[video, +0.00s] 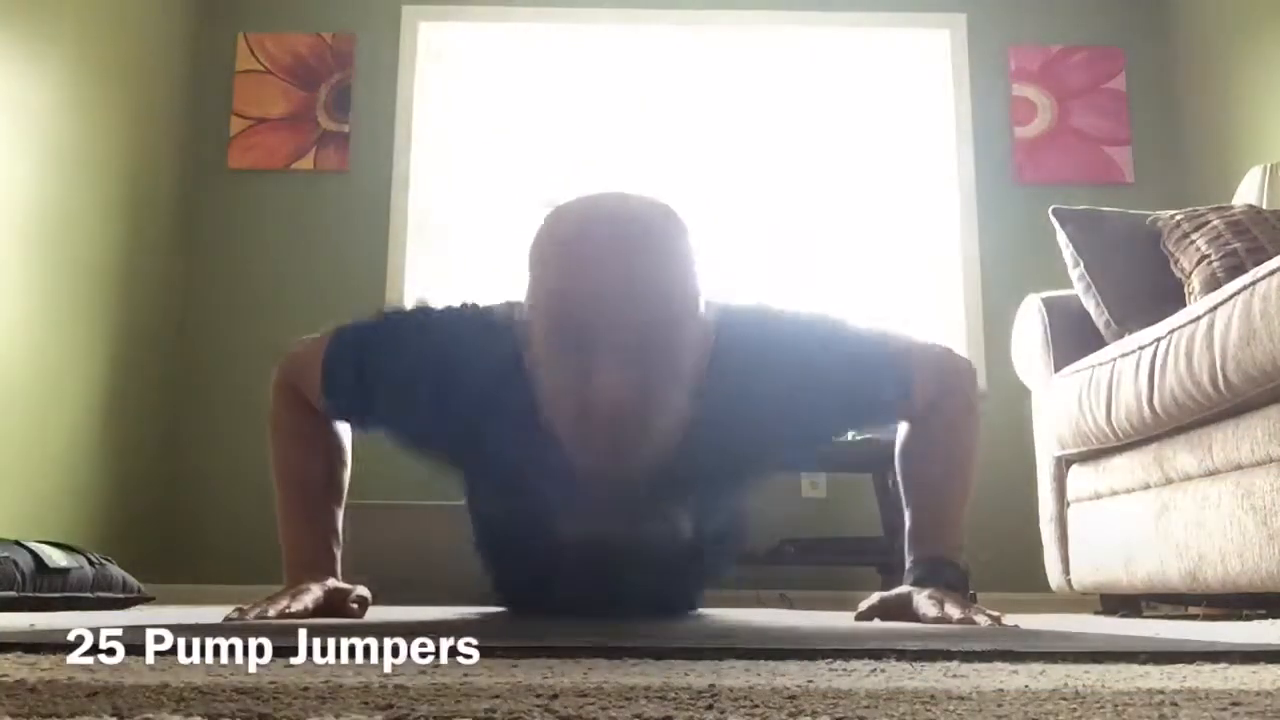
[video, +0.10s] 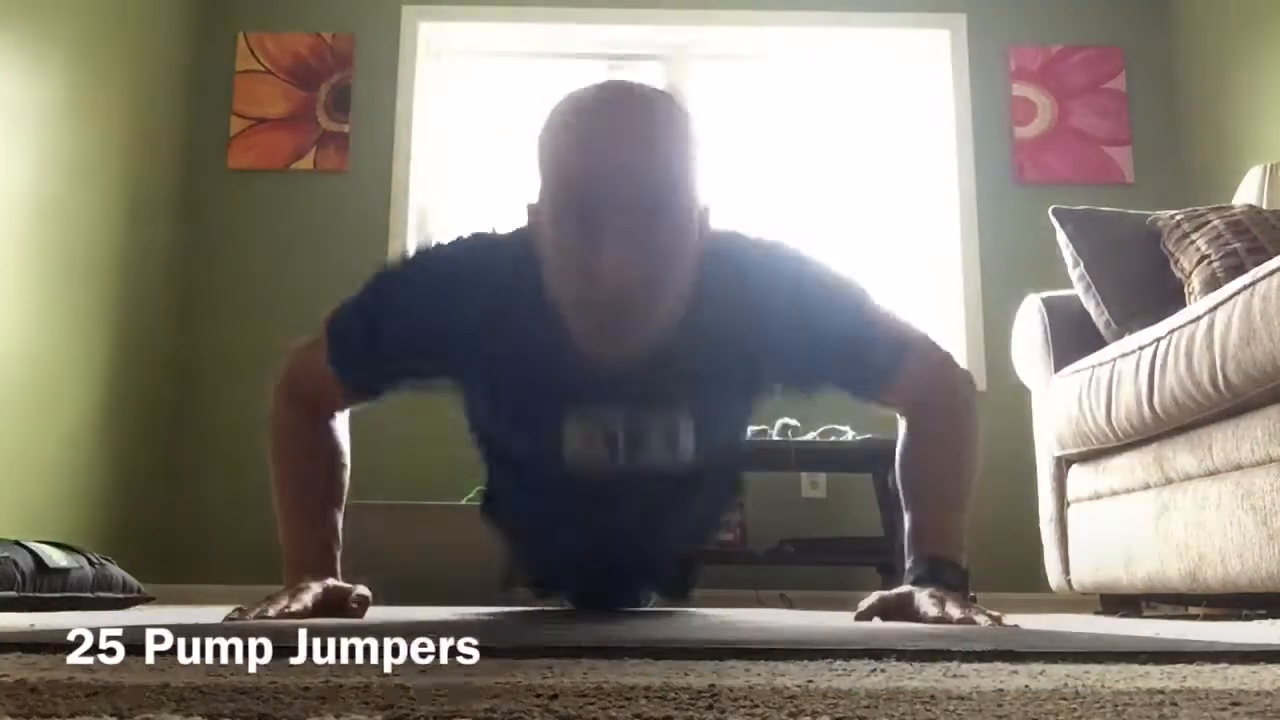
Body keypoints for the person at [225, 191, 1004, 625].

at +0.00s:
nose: (610, 391)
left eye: (646, 355)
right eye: (578, 352)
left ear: (697, 335)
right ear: (529, 333)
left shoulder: (769, 362)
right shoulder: (453, 360)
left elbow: (947, 383)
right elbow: (301, 383)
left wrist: (933, 572)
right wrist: (314, 575)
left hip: (682, 598)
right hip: (532, 598)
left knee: (669, 589)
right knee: (553, 596)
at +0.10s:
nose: (613, 262)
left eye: (647, 218)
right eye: (582, 220)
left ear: (697, 218)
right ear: (536, 215)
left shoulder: (760, 292)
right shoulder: (458, 294)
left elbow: (942, 392)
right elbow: (303, 392)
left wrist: (932, 574)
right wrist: (313, 577)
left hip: (678, 564)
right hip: (531, 566)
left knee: (659, 570)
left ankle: (649, 588)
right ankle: (561, 583)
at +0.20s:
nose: (619, 180)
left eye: (653, 140)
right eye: (588, 140)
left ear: (695, 135)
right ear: (543, 134)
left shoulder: (763, 231)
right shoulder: (460, 235)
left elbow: (929, 392)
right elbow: (317, 391)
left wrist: (933, 576)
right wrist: (314, 576)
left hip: (678, 463)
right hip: (548, 466)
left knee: (657, 530)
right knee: (570, 532)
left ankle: (635, 563)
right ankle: (585, 564)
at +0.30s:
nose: (616, 102)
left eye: (650, 63)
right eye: (583, 62)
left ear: (697, 58)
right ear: (538, 58)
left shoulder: (759, 159)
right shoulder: (456, 164)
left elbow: (884, 371)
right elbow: (343, 370)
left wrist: (927, 571)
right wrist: (318, 574)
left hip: (675, 365)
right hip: (550, 368)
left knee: (659, 469)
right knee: (560, 468)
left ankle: (646, 526)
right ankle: (572, 516)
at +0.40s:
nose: (626, 27)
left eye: (654, 1)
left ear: (692, 2)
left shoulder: (759, 66)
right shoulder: (459, 75)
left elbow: (841, 308)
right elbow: (391, 314)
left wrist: (885, 530)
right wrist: (347, 539)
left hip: (683, 284)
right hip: (543, 288)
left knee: (700, 402)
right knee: (529, 404)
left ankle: (711, 498)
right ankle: (513, 485)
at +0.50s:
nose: (608, 18)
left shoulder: (746, 57)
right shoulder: (467, 65)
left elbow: (816, 296)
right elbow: (419, 300)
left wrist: (814, 499)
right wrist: (423, 501)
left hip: (689, 287)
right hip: (537, 291)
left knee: (738, 401)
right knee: (490, 406)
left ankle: (795, 503)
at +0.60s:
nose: (602, 104)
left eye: (636, 65)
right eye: (570, 67)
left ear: (684, 62)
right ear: (528, 58)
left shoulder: (742, 152)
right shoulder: (461, 158)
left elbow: (823, 375)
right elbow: (426, 375)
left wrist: (807, 571)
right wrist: (442, 578)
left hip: (687, 350)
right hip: (532, 355)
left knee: (771, 463)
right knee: (458, 458)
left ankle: (828, 543)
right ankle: (409, 529)